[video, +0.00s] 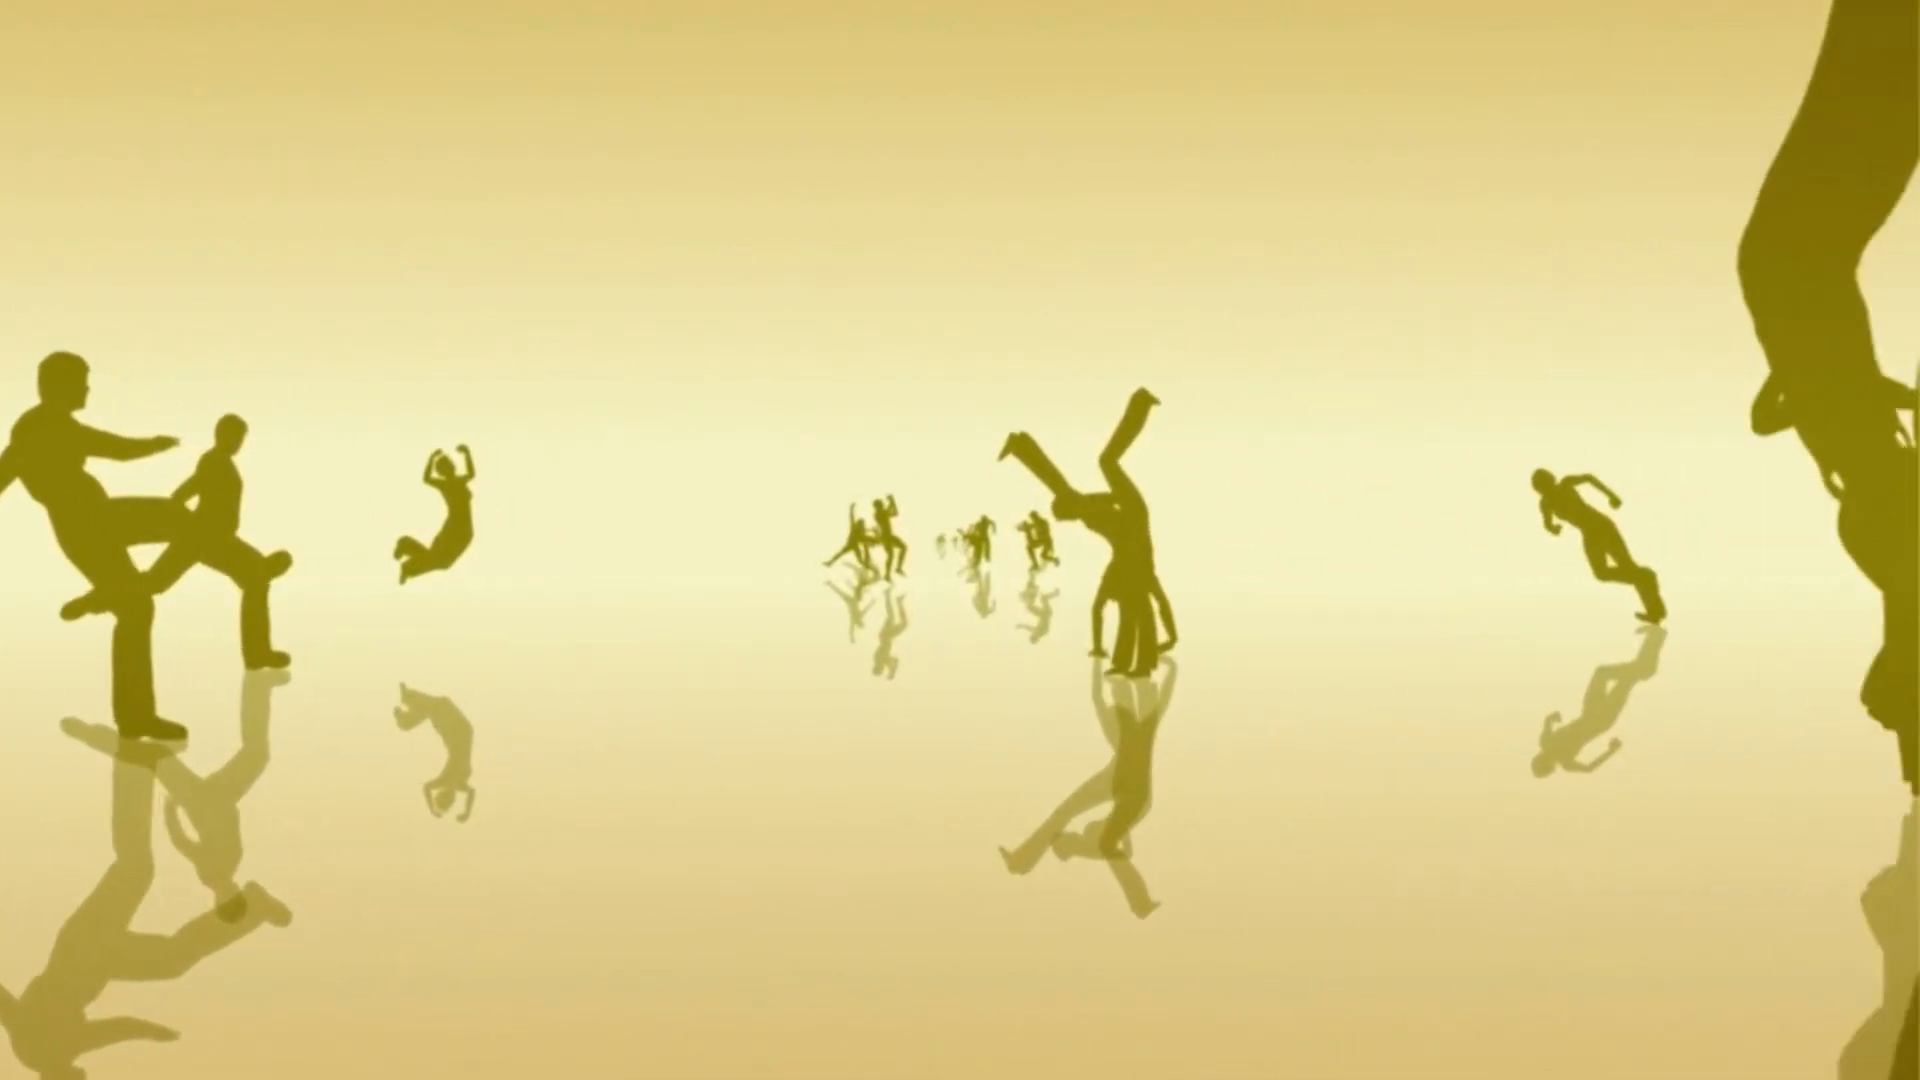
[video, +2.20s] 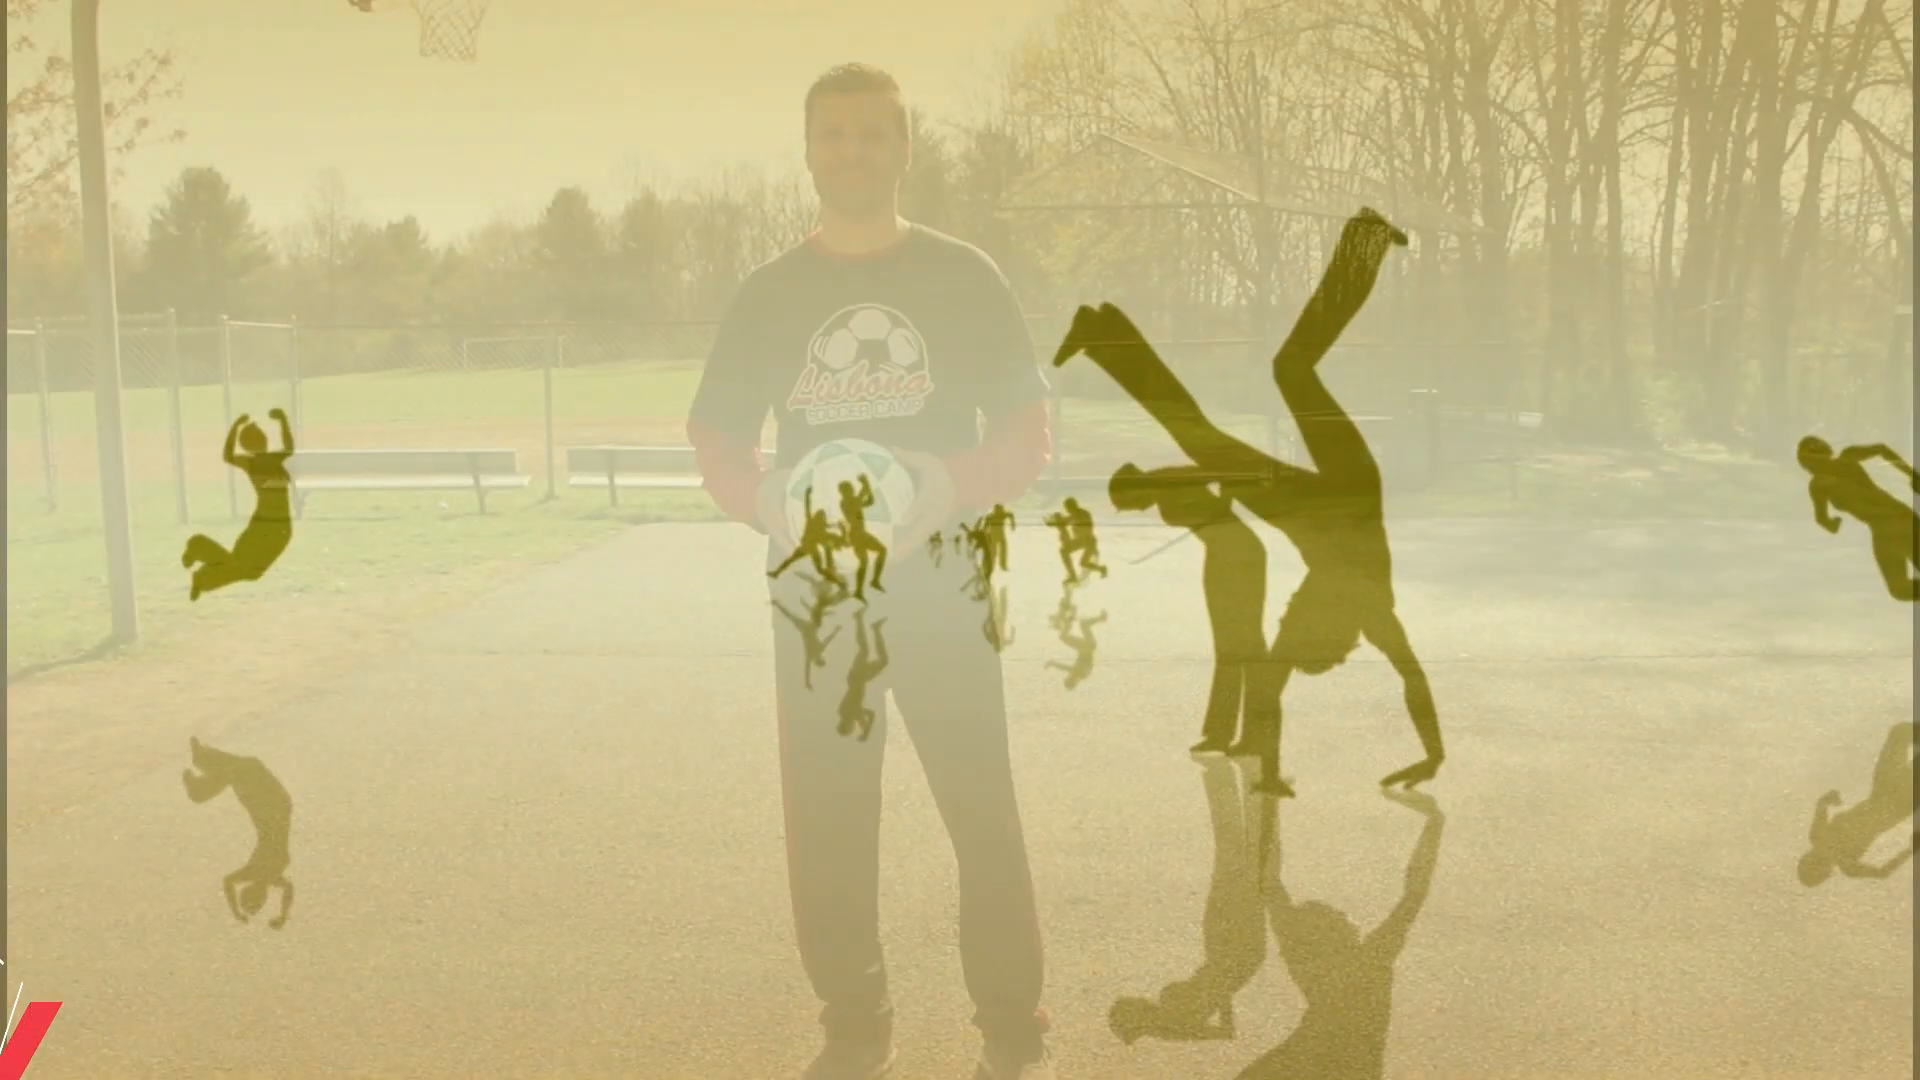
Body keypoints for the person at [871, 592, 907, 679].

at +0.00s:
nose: (880, 672)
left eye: (878, 672)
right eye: (879, 672)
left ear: (876, 668)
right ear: (878, 669)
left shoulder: (880, 658)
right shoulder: (883, 659)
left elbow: (894, 661)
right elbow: (894, 661)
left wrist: (891, 673)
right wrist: (891, 673)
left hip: (884, 634)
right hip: (889, 635)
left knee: (891, 617)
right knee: (903, 625)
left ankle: (887, 595)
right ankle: (900, 602)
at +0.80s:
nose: (870, 690)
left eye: (869, 689)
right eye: (869, 690)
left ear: (867, 685)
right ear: (868, 685)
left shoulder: (871, 673)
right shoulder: (874, 675)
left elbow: (887, 676)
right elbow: (887, 677)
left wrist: (883, 691)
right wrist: (884, 691)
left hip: (876, 646)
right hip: (882, 647)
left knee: (883, 626)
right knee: (898, 635)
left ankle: (879, 601)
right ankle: (893, 610)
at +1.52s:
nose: (862, 707)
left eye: (860, 707)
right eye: (860, 707)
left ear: (857, 701)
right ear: (859, 702)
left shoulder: (860, 689)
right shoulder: (866, 691)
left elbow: (879, 693)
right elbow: (879, 693)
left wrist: (876, 708)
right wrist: (876, 708)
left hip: (867, 660)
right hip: (874, 660)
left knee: (874, 636)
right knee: (892, 645)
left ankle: (870, 608)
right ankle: (886, 618)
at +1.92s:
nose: (855, 719)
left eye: (853, 719)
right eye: (854, 719)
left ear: (849, 713)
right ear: (851, 714)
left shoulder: (854, 699)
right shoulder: (859, 701)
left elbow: (875, 702)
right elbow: (873, 703)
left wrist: (870, 720)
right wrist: (870, 720)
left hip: (860, 668)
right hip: (868, 669)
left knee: (869, 642)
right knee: (888, 654)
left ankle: (864, 613)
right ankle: (881, 625)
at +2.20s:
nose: (850, 731)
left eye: (848, 730)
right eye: (849, 731)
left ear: (844, 725)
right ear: (846, 725)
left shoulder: (847, 711)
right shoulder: (853, 713)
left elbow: (870, 714)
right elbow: (869, 715)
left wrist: (865, 733)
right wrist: (865, 733)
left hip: (854, 677)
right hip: (861, 678)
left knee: (863, 650)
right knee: (884, 661)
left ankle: (859, 617)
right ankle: (877, 630)